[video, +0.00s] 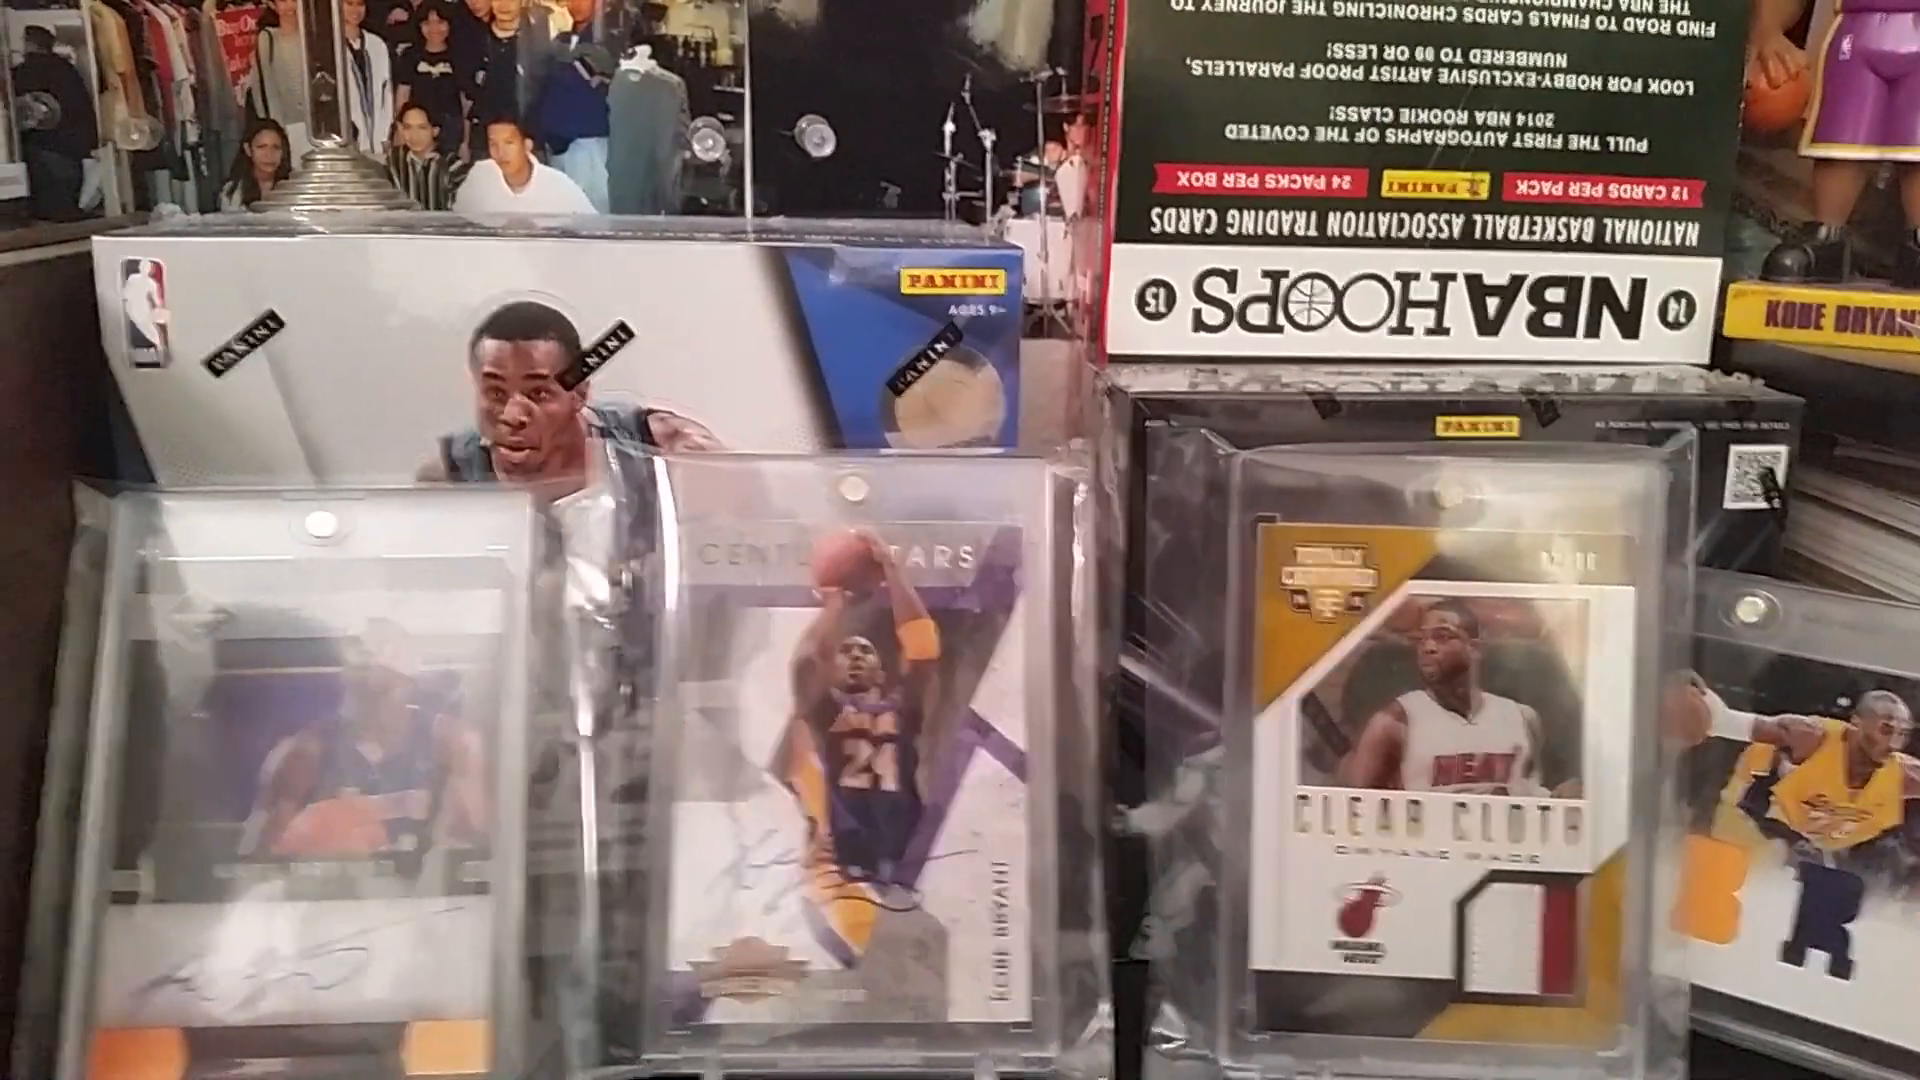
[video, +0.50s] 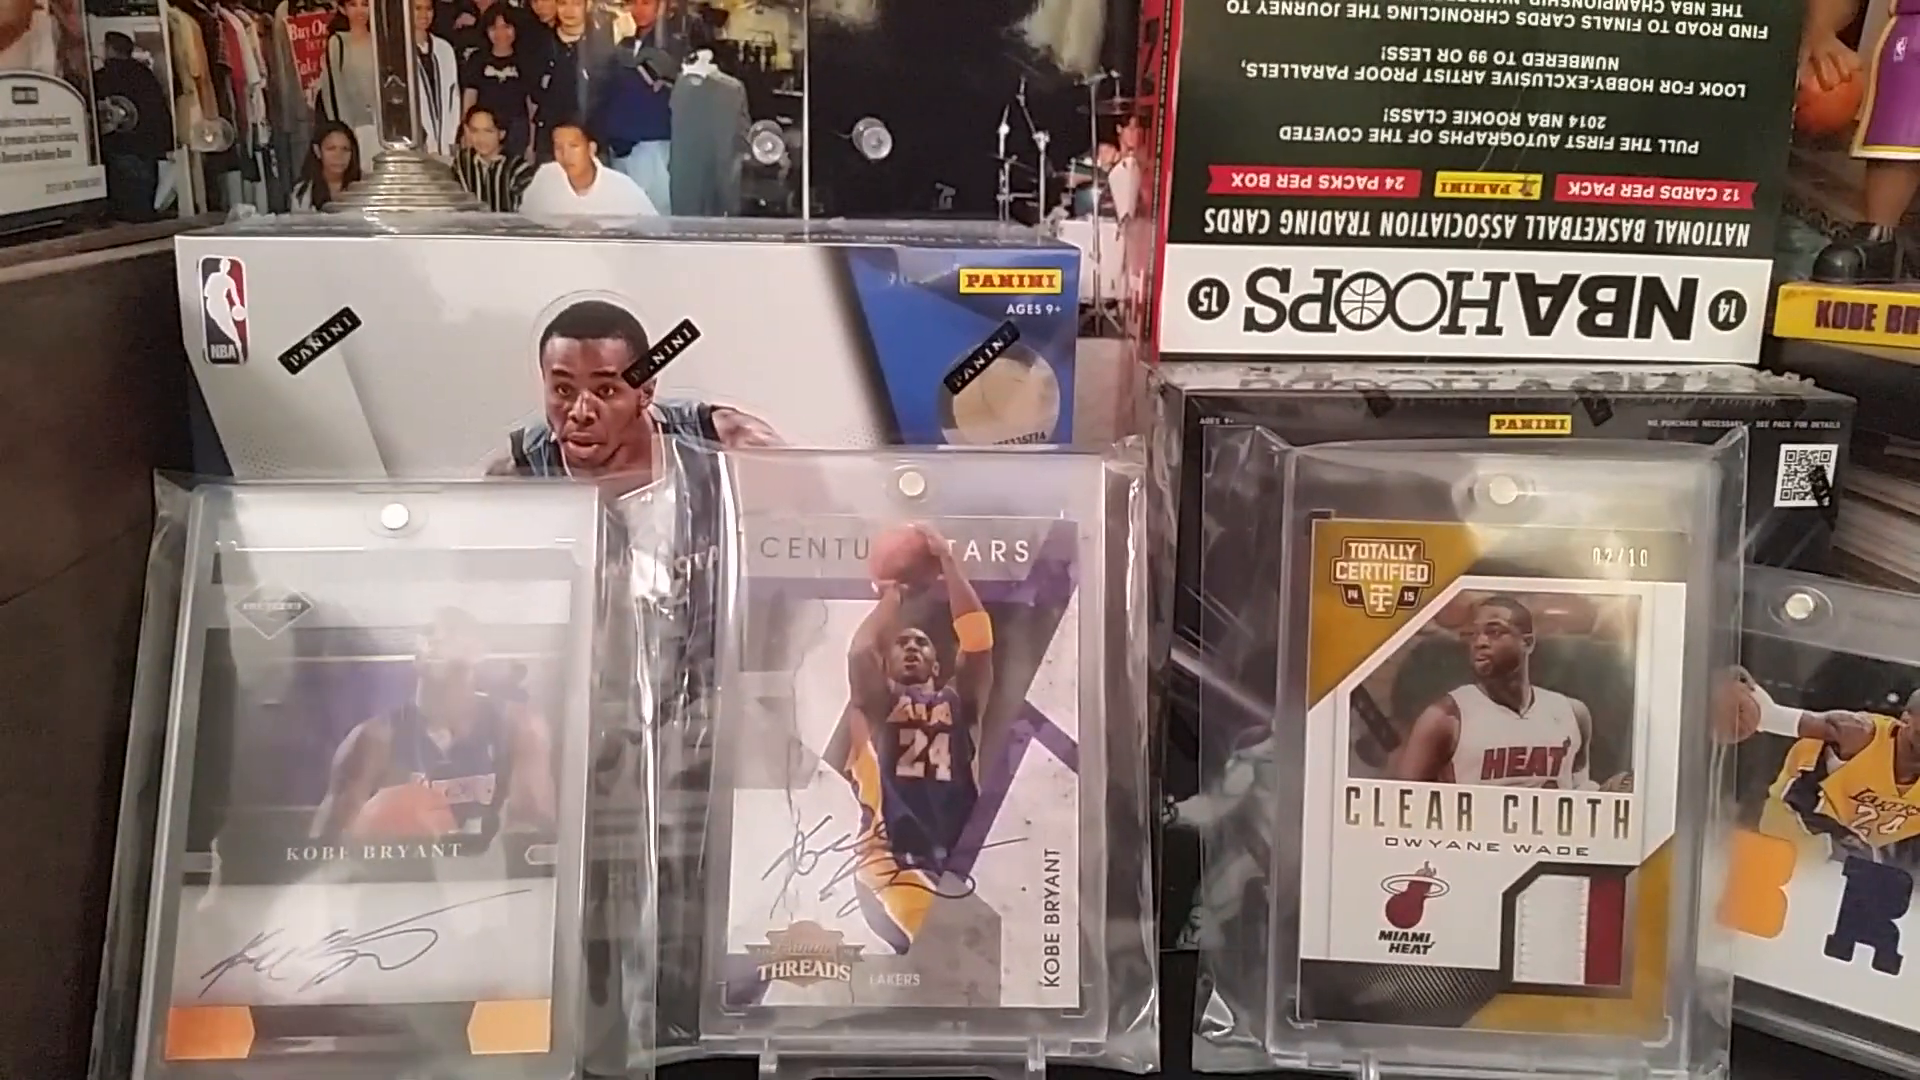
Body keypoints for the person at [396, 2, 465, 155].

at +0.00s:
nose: (434, 28)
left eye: (440, 22)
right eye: (428, 23)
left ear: (449, 27)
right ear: (421, 28)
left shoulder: (458, 56)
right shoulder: (410, 56)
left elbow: (466, 99)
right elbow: (403, 93)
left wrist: (465, 141)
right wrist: (400, 130)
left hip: (450, 127)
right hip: (418, 129)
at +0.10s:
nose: (446, 27)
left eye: (453, 22)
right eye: (447, 22)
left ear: (469, 26)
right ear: (445, 25)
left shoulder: (483, 58)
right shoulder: (435, 56)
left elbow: (490, 100)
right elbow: (425, 93)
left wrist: (489, 141)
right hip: (439, 128)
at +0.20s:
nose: (484, 29)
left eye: (486, 23)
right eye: (479, 24)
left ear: (494, 28)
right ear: (469, 29)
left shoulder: (504, 57)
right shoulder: (456, 57)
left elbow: (512, 101)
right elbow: (449, 93)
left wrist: (511, 141)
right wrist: (446, 129)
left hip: (495, 125)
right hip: (464, 125)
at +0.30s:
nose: (507, 29)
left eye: (507, 25)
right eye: (501, 25)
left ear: (511, 28)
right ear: (486, 31)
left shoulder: (520, 59)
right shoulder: (474, 58)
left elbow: (528, 100)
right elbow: (467, 94)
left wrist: (528, 144)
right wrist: (462, 127)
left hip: (513, 128)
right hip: (481, 128)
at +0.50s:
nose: (500, 33)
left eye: (506, 27)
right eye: (494, 28)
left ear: (514, 31)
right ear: (488, 33)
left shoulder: (525, 62)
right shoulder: (477, 60)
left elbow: (532, 103)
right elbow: (470, 98)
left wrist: (531, 144)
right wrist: (467, 133)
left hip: (516, 129)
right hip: (484, 130)